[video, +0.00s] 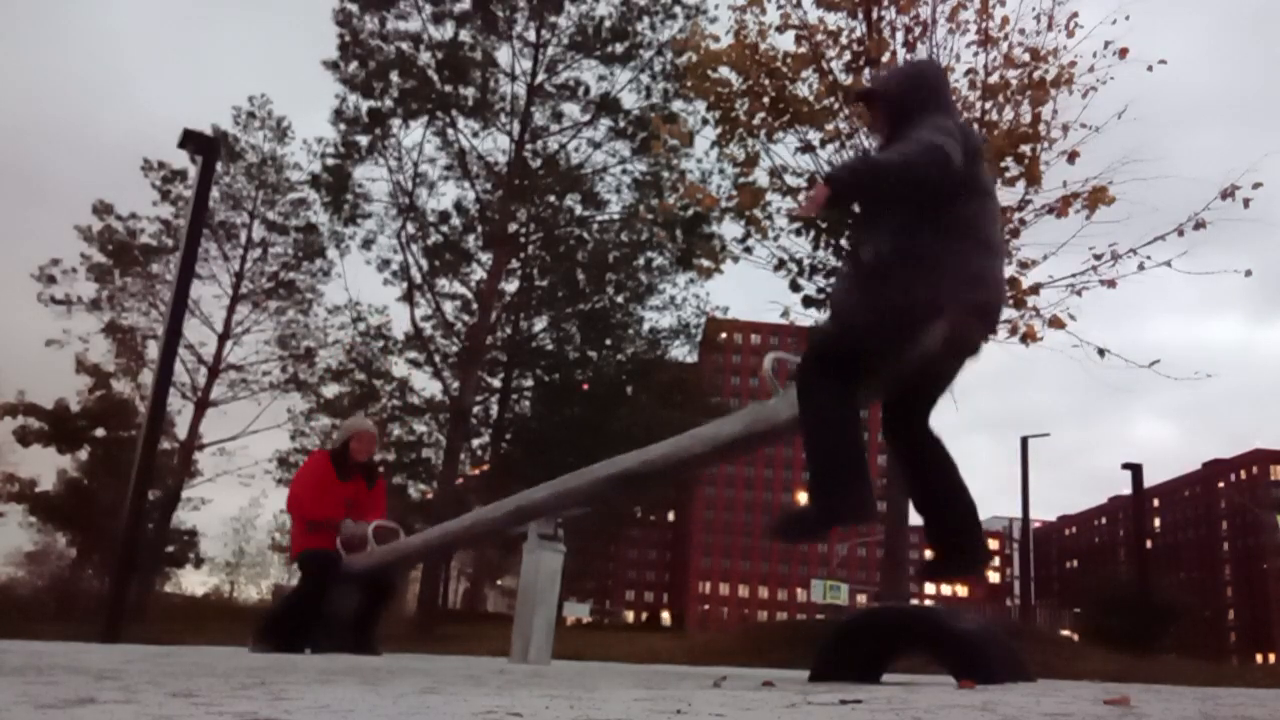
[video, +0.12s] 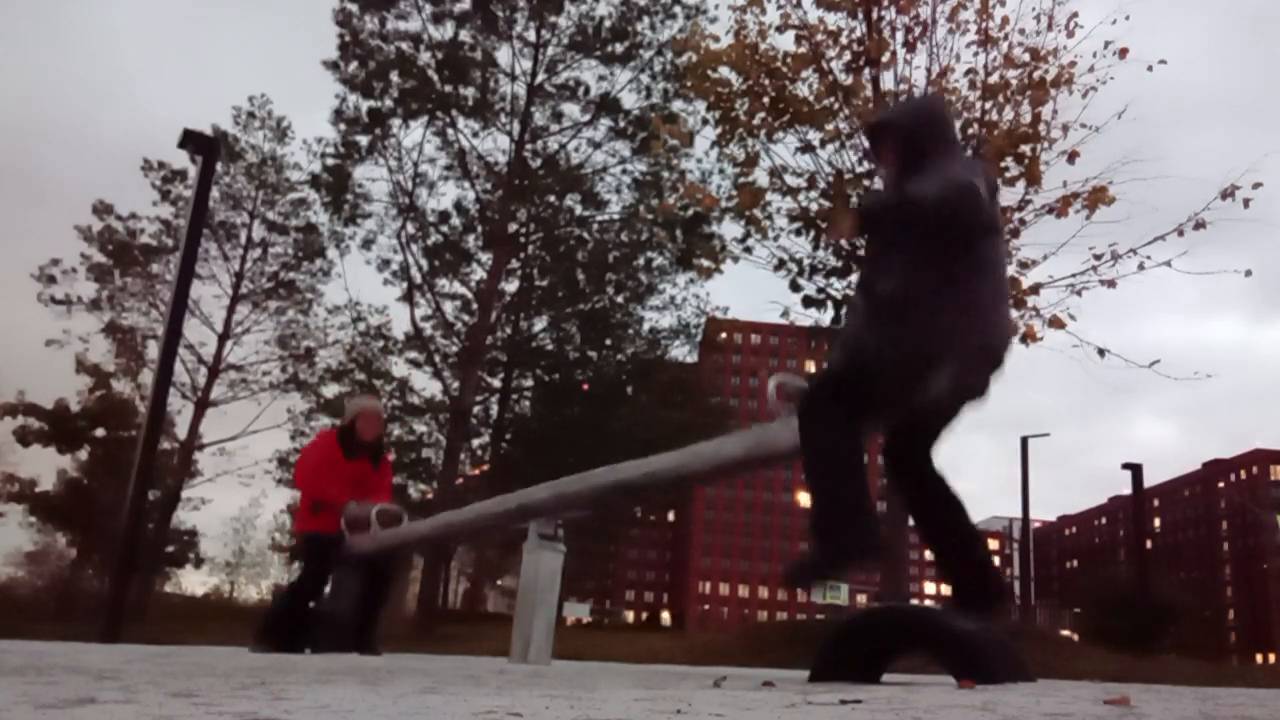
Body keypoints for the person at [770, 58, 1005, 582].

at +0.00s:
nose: (871, 118)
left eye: (878, 106)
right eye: (871, 107)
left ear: (904, 100)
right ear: (926, 98)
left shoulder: (938, 129)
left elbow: (930, 164)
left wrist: (839, 182)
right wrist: (847, 208)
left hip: (925, 295)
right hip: (963, 305)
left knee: (822, 367)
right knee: (905, 415)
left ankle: (838, 496)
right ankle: (961, 549)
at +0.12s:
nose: (877, 159)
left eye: (884, 146)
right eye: (876, 148)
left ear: (912, 140)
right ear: (928, 138)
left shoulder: (957, 178)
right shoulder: (904, 204)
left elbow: (945, 202)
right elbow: (879, 307)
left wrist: (865, 215)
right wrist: (828, 376)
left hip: (952, 343)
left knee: (824, 406)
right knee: (906, 455)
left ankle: (845, 536)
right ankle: (978, 587)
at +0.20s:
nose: (883, 188)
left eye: (890, 176)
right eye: (882, 178)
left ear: (917, 170)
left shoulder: (968, 209)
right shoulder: (904, 232)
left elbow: (941, 242)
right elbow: (879, 334)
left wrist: (884, 259)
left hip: (953, 374)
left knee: (829, 445)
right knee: (915, 489)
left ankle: (858, 601)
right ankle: (982, 627)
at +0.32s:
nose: (891, 240)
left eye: (898, 227)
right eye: (890, 230)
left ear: (926, 220)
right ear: (932, 223)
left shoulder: (969, 260)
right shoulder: (918, 278)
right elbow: (897, 379)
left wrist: (895, 331)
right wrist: (864, 440)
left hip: (954, 426)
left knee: (834, 503)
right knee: (915, 535)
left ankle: (875, 633)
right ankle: (1000, 643)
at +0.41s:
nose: (888, 258)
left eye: (897, 246)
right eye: (886, 248)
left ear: (928, 245)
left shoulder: (975, 294)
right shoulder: (912, 314)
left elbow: (973, 354)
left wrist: (902, 373)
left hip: (968, 455)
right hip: (935, 455)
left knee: (829, 522)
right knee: (894, 556)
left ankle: (891, 653)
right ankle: (997, 646)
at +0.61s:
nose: (894, 304)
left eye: (904, 291)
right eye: (891, 293)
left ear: (933, 291)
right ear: (890, 297)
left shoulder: (981, 337)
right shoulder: (905, 365)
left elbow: (997, 398)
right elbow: (884, 454)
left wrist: (911, 447)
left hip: (976, 512)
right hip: (925, 511)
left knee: (814, 534)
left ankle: (889, 656)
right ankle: (992, 658)